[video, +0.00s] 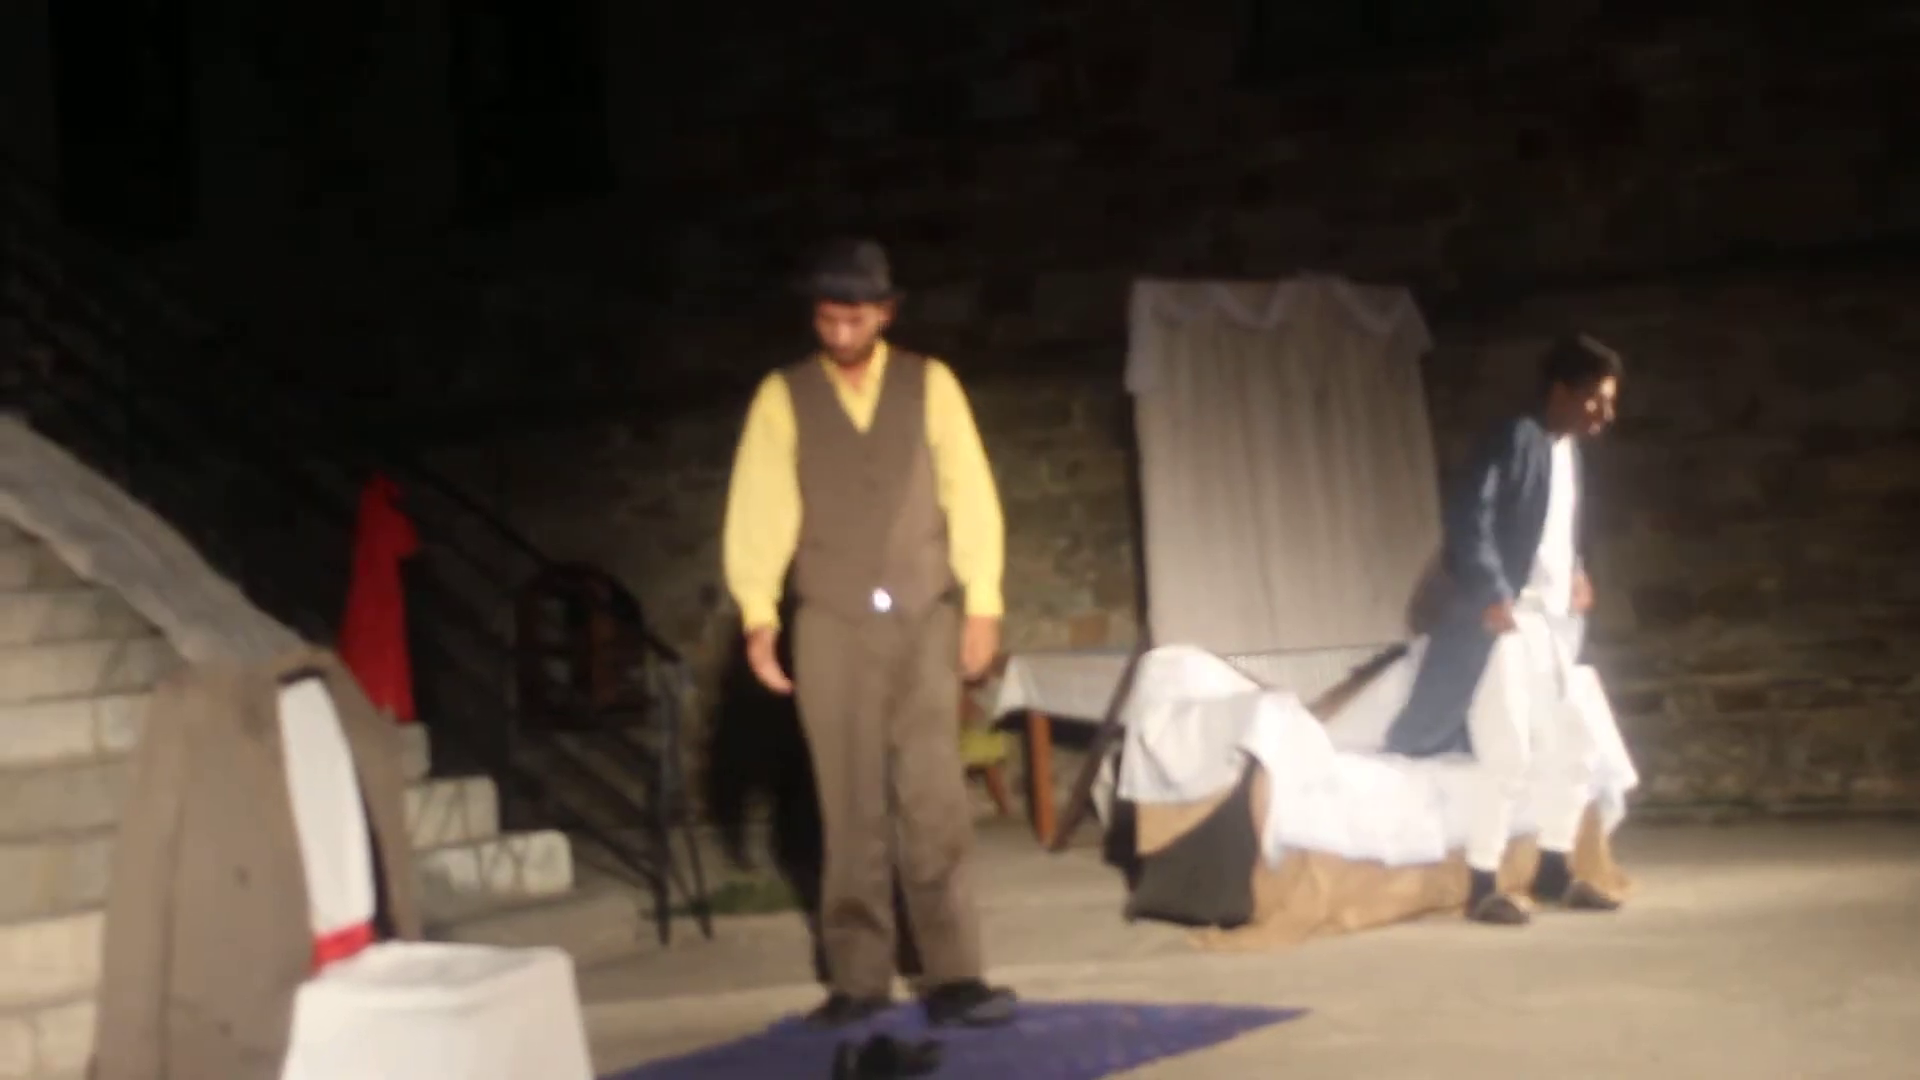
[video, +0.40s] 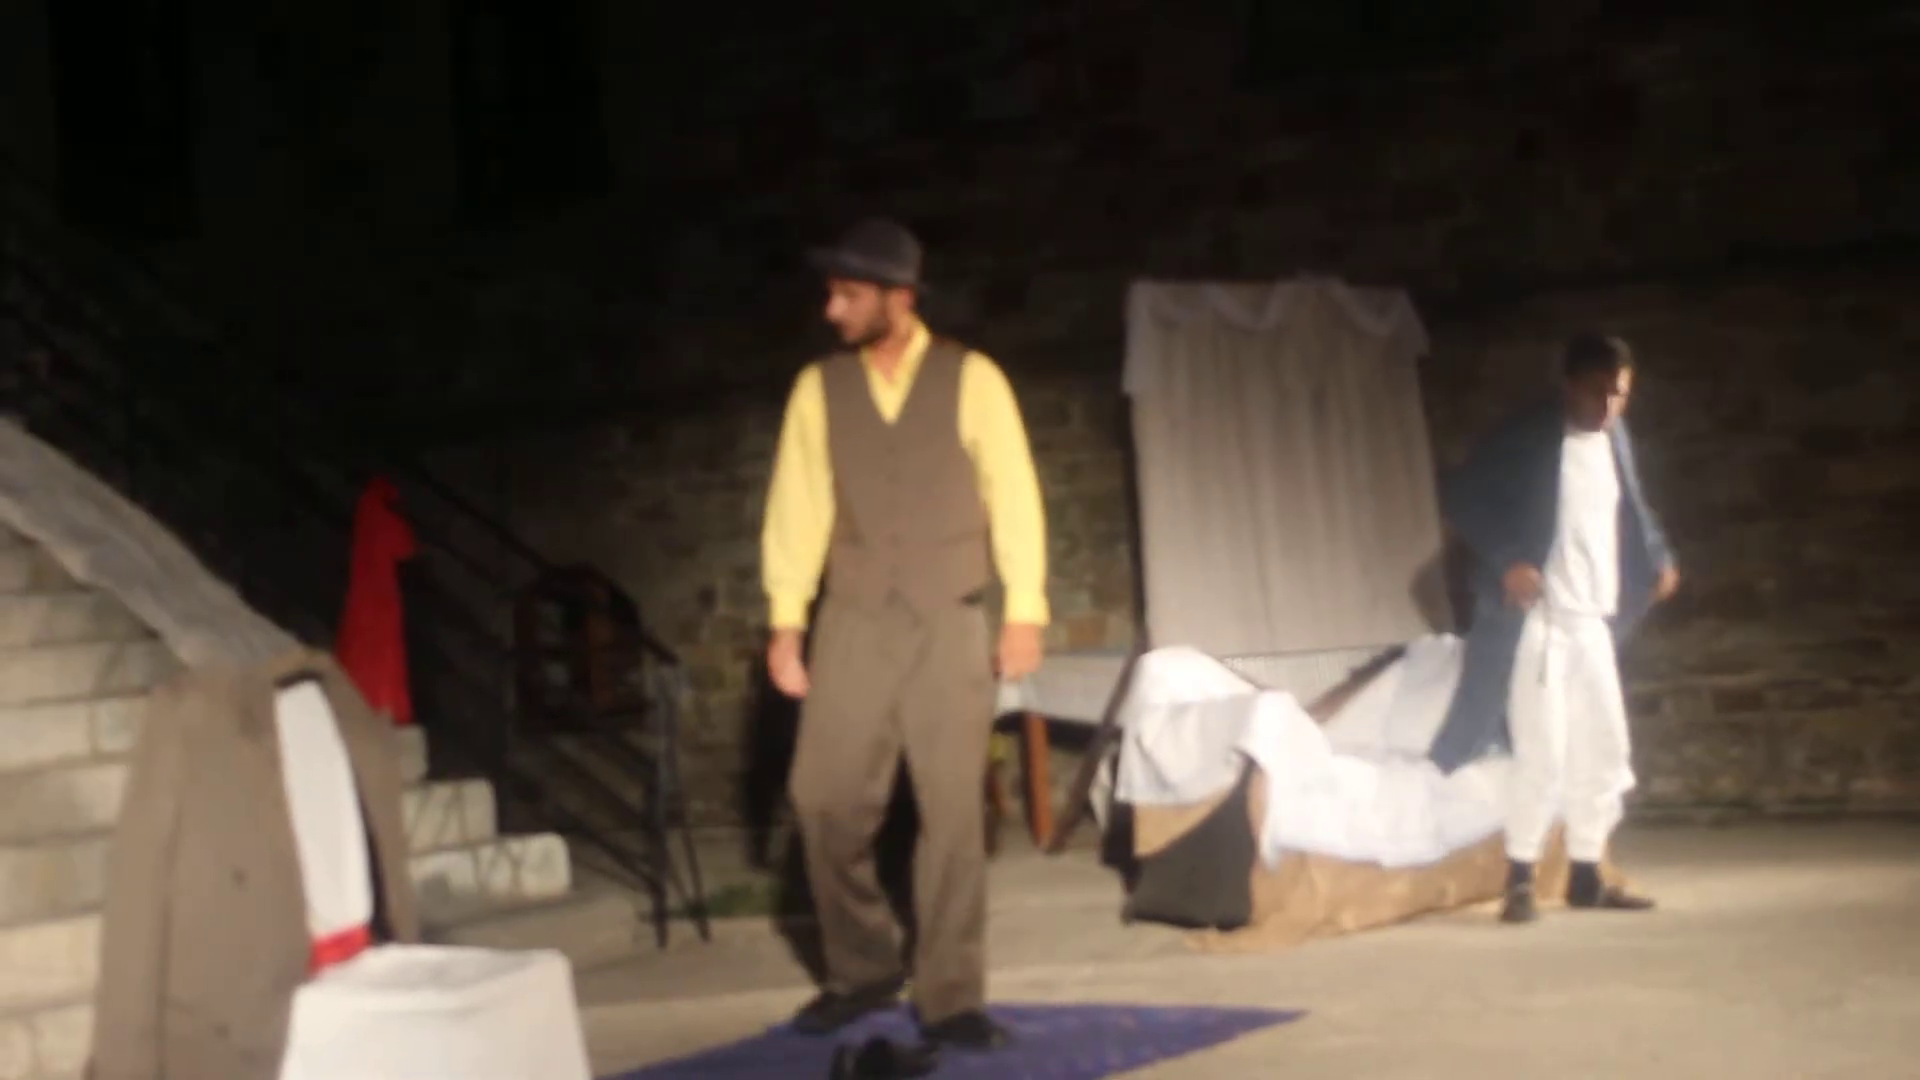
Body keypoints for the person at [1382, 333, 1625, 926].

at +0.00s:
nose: (1606, 414)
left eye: (1611, 403)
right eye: (1597, 400)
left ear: (1598, 403)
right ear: (1559, 391)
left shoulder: (1571, 455)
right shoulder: (1514, 440)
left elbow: (1558, 531)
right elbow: (1470, 516)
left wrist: (1576, 575)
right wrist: (1489, 594)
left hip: (1554, 625)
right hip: (1506, 621)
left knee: (1571, 744)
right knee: (1505, 747)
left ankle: (1552, 873)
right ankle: (1484, 886)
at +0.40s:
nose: (1610, 407)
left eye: (1618, 394)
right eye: (1599, 394)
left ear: (1627, 393)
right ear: (1569, 386)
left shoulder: (1617, 441)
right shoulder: (1525, 437)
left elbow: (1635, 508)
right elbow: (1463, 499)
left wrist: (1658, 557)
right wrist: (1505, 562)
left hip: (1593, 622)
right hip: (1535, 621)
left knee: (1603, 745)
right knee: (1540, 749)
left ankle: (1587, 875)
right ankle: (1520, 879)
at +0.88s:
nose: (1578, 400)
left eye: (1588, 387)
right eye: (1569, 388)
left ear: (1614, 378)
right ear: (1556, 384)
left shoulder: (1653, 426)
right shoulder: (1535, 441)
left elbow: (1697, 501)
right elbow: (1506, 522)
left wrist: (1663, 567)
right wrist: (1540, 573)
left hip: (1640, 626)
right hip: (1565, 628)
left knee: (1663, 747)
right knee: (1554, 750)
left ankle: (1681, 877)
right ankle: (1543, 881)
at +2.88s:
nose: (1594, 368)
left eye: (1604, 355)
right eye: (1585, 356)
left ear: (1630, 355)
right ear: (1573, 362)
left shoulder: (1670, 421)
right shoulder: (1557, 431)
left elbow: (1721, 502)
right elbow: (1533, 494)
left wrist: (1669, 569)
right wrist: (1546, 542)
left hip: (1659, 620)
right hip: (1584, 620)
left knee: (1675, 743)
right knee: (1588, 743)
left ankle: (1693, 886)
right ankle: (1606, 887)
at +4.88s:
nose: (1567, 373)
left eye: (1578, 361)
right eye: (1559, 362)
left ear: (1604, 362)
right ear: (1548, 369)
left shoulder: (1643, 426)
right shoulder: (1532, 438)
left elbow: (1694, 506)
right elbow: (1513, 512)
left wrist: (1652, 576)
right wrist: (1523, 556)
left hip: (1638, 628)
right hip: (1561, 632)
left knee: (1657, 748)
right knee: (1575, 753)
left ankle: (1683, 887)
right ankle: (1603, 888)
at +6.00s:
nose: (1543, 386)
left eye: (1555, 374)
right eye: (1537, 374)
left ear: (1588, 372)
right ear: (1530, 375)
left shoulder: (1634, 427)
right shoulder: (1520, 440)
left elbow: (1690, 502)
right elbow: (1497, 513)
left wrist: (1649, 569)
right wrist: (1501, 561)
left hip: (1624, 625)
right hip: (1553, 630)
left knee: (1649, 747)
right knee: (1571, 755)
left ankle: (1677, 884)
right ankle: (1593, 889)